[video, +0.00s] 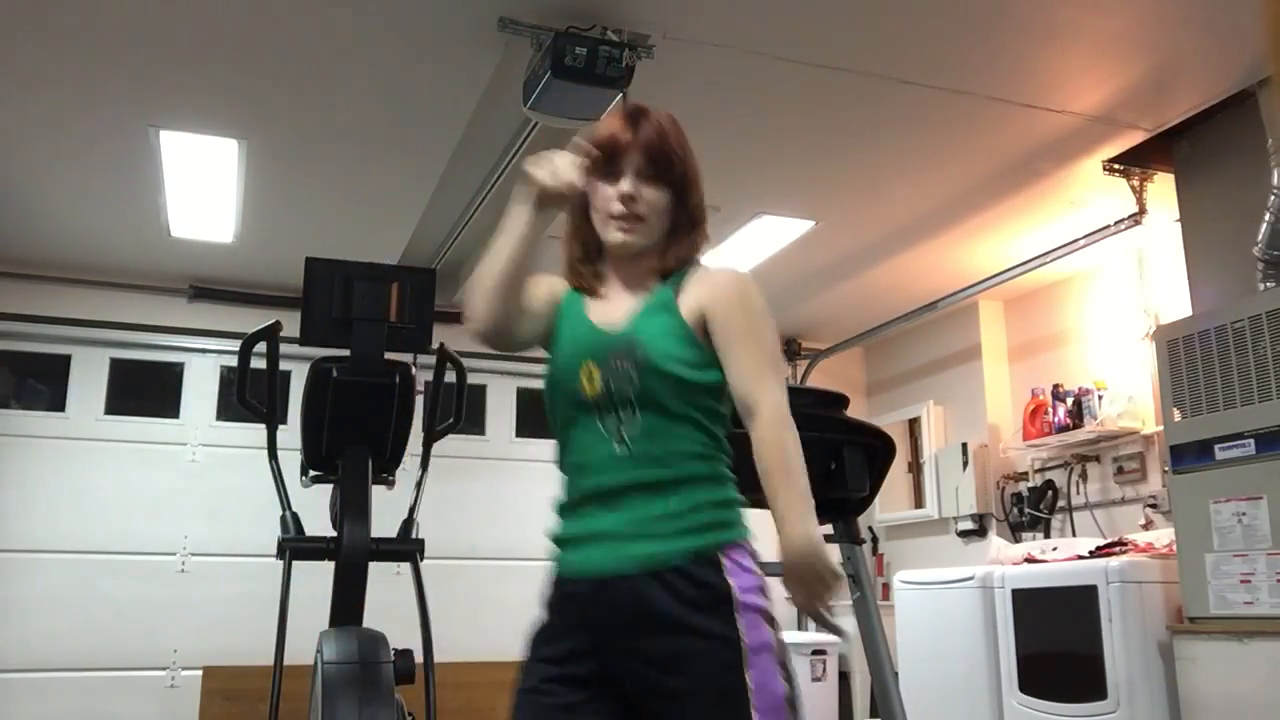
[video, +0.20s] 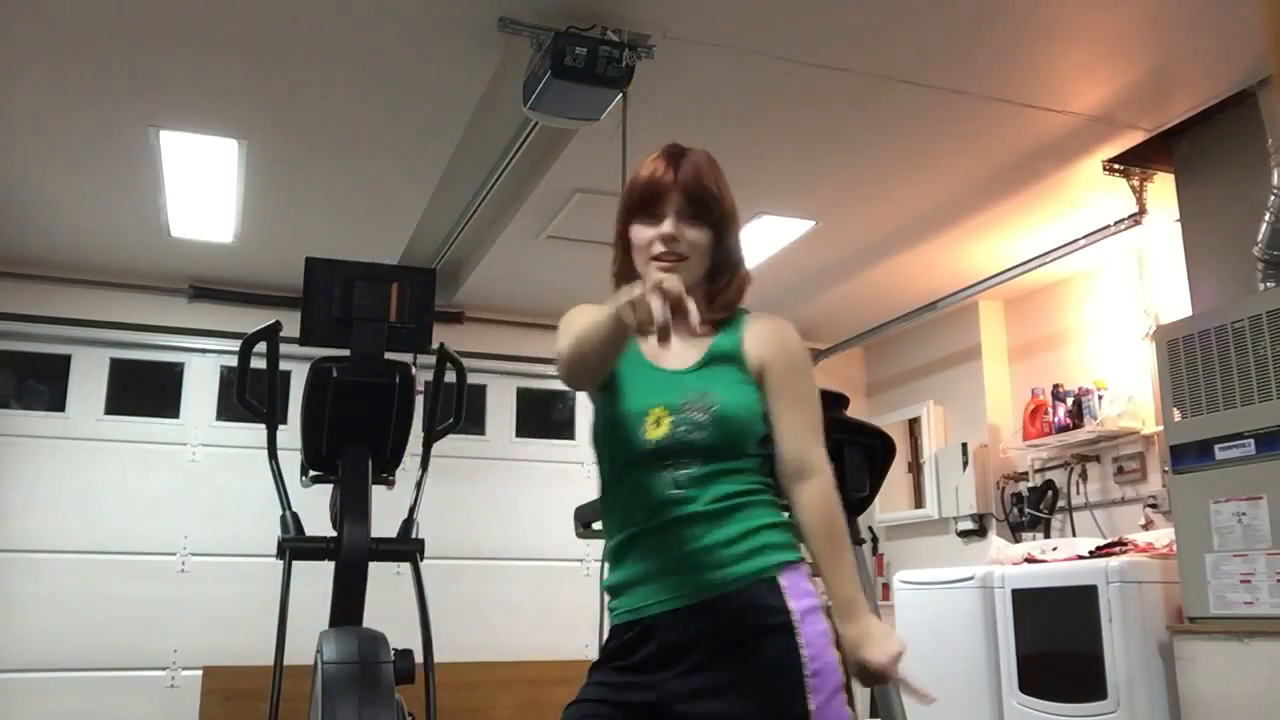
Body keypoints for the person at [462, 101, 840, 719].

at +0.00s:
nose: (626, 192)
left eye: (650, 177)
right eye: (610, 173)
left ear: (679, 199)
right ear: (584, 190)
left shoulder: (716, 292)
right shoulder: (556, 299)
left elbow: (768, 412)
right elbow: (487, 322)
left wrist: (799, 542)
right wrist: (530, 206)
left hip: (698, 591)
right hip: (582, 595)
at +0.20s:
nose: (668, 231)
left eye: (691, 217)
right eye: (650, 215)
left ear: (718, 236)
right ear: (627, 231)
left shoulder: (766, 337)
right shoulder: (592, 324)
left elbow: (808, 475)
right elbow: (575, 366)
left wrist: (854, 617)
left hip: (766, 621)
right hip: (640, 636)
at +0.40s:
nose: (689, 214)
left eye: (711, 198)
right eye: (669, 198)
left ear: (741, 215)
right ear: (647, 215)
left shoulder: (794, 317)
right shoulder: (611, 305)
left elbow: (838, 452)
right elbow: (596, 348)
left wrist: (893, 586)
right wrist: (629, 346)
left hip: (779, 602)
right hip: (649, 609)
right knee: (591, 709)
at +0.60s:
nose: (710, 229)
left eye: (732, 212)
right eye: (690, 212)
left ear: (762, 233)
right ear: (668, 229)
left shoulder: (796, 357)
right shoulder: (620, 313)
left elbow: (841, 484)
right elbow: (586, 368)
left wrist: (967, 561)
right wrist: (614, 372)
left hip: (777, 630)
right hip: (646, 641)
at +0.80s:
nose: (690, 171)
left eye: (712, 155)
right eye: (670, 152)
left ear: (738, 176)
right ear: (642, 168)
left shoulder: (762, 294)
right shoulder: (596, 251)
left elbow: (828, 383)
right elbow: (537, 366)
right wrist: (502, 260)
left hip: (728, 570)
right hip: (610, 563)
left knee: (770, 712)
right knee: (588, 714)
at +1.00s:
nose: (649, 212)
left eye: (669, 196)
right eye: (628, 194)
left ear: (689, 218)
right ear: (595, 211)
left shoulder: (696, 335)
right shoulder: (551, 298)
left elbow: (777, 406)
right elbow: (465, 391)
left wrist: (803, 284)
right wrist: (443, 250)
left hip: (649, 624)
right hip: (547, 611)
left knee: (718, 712)